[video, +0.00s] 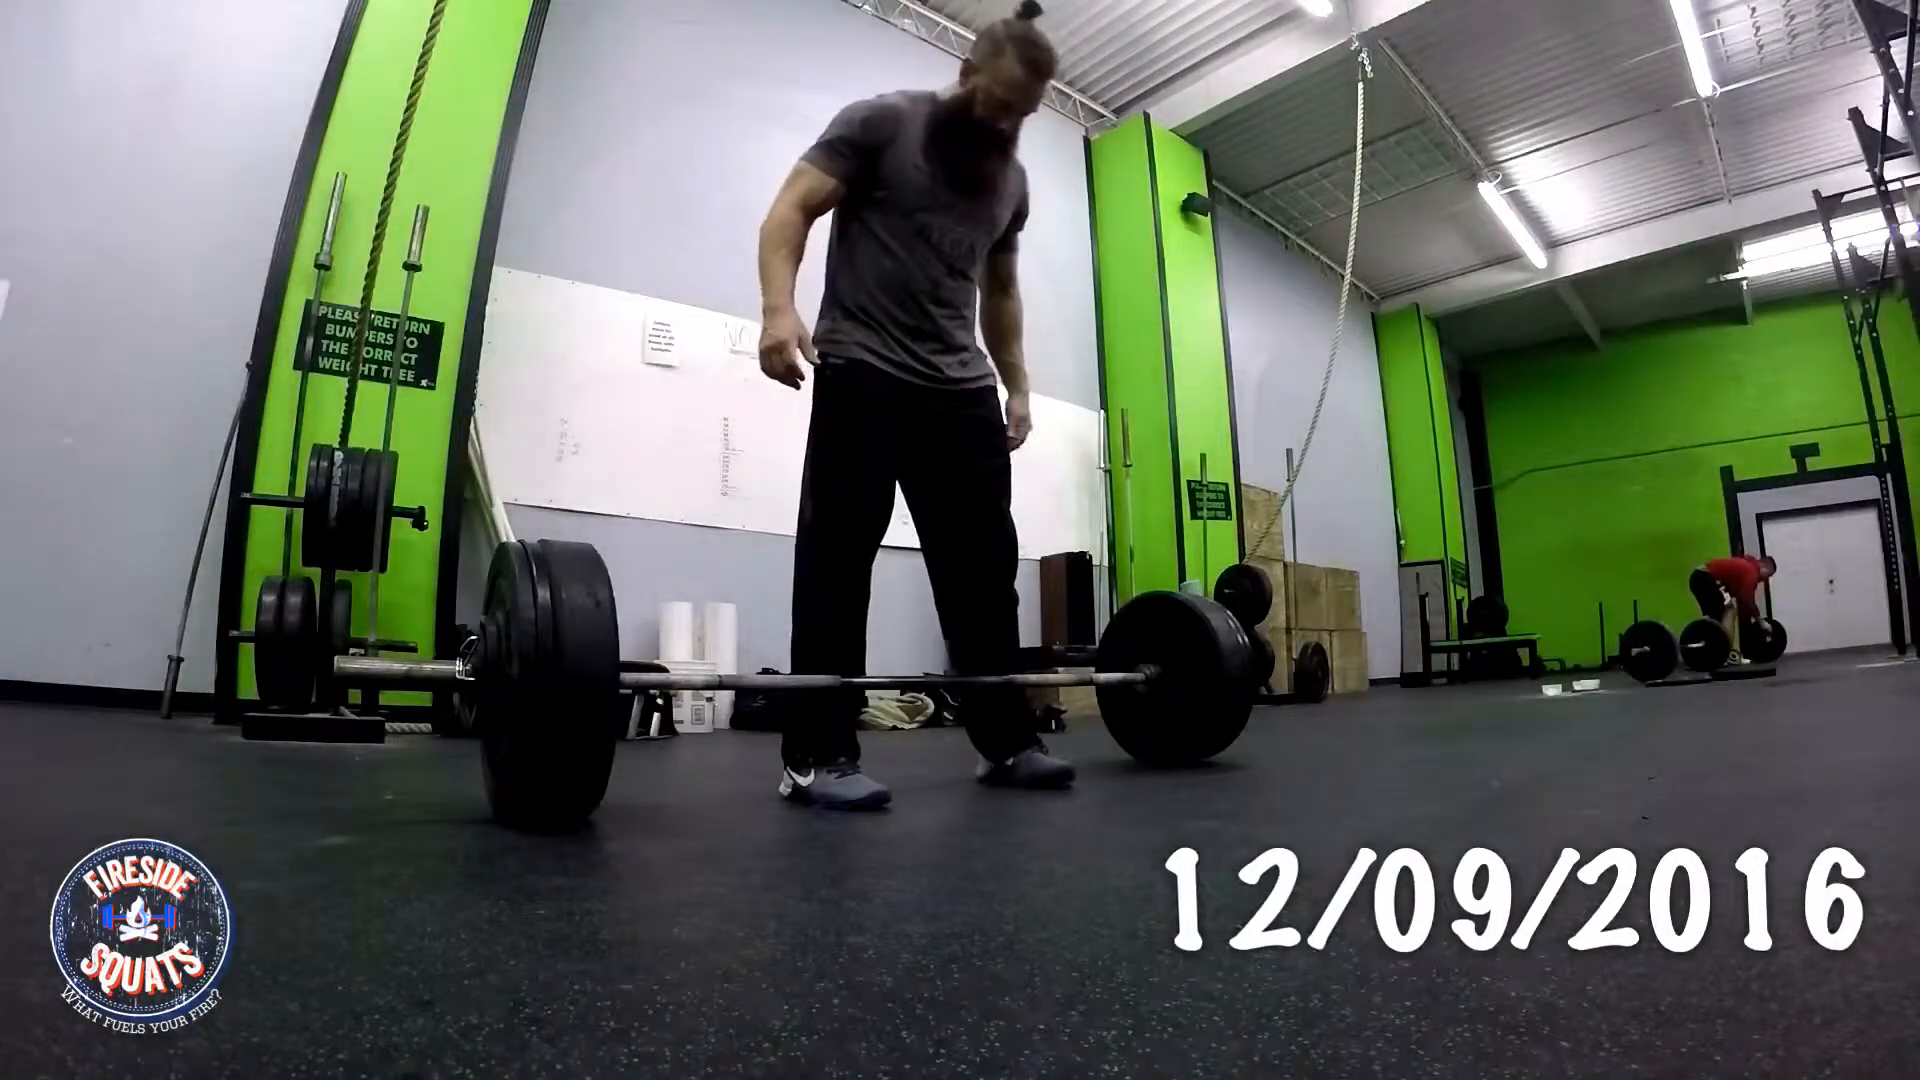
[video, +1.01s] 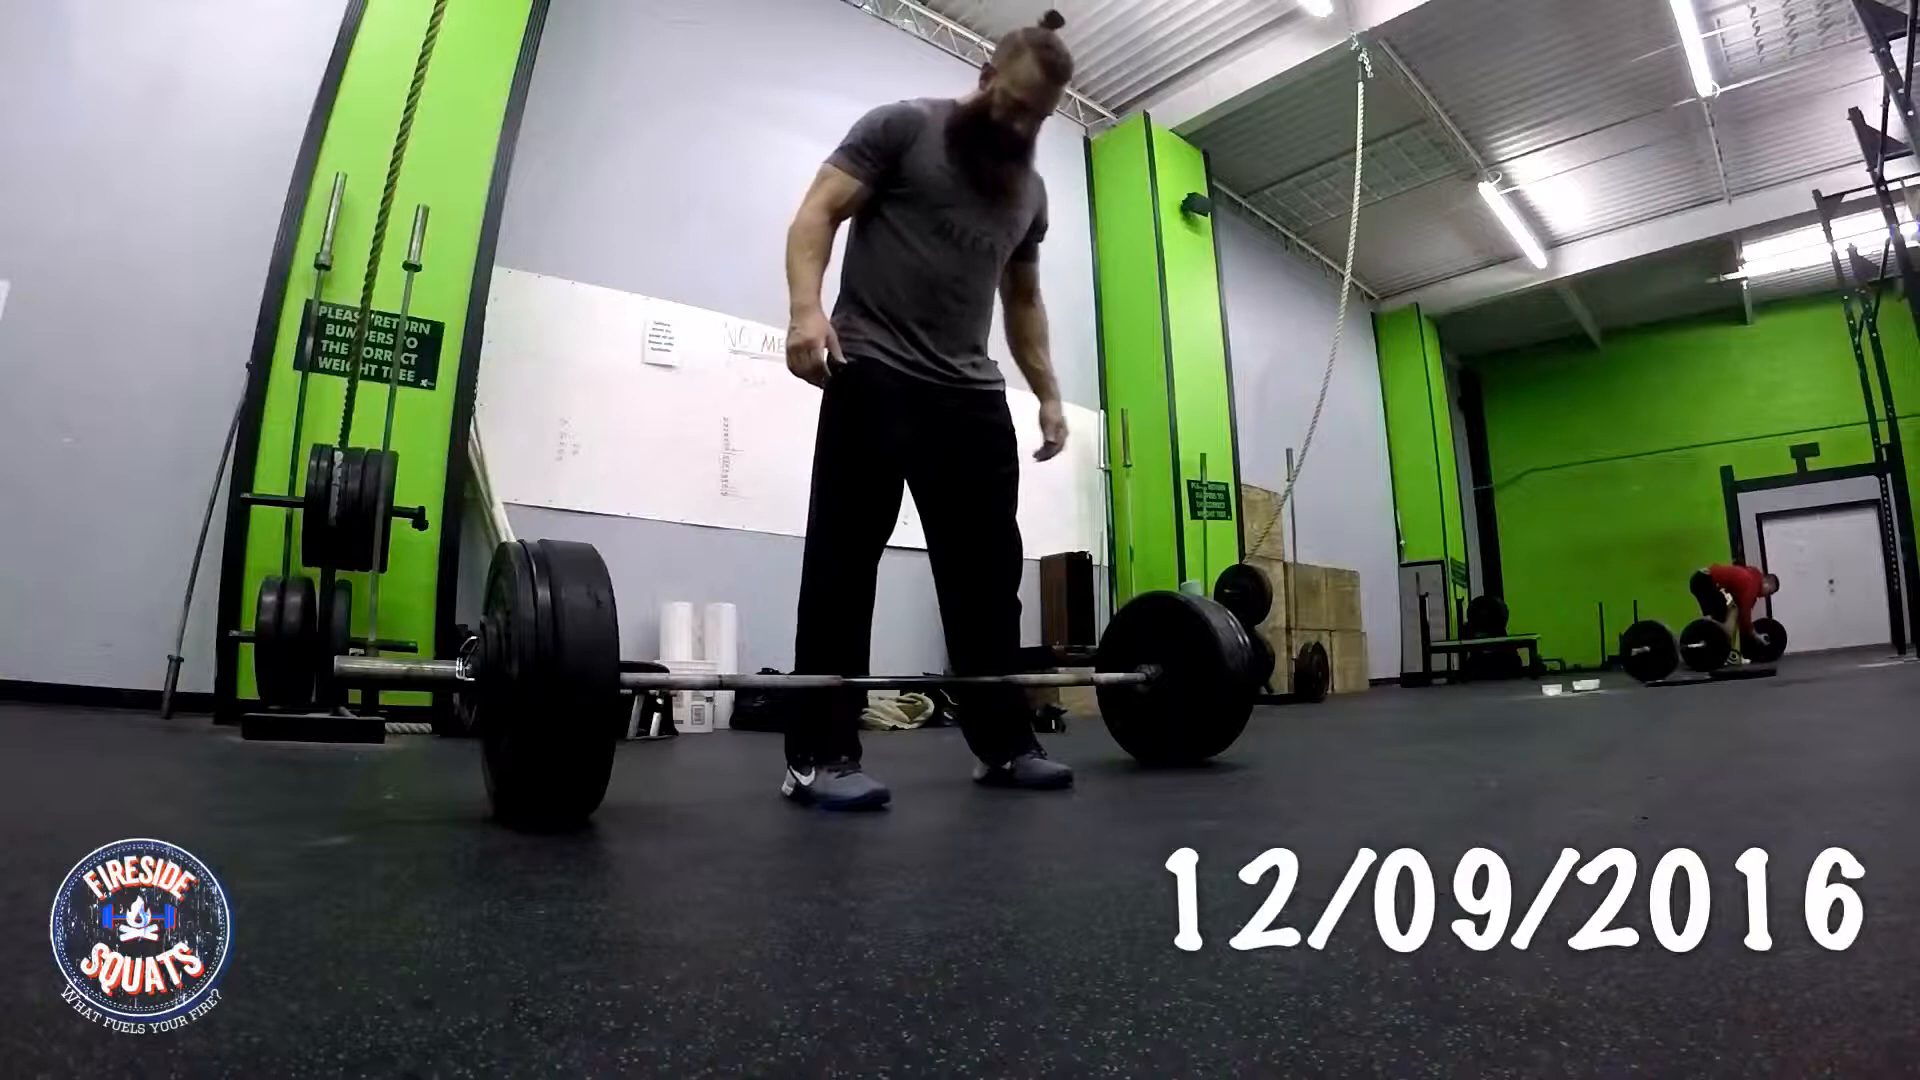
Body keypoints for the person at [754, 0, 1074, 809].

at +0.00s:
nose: (1002, 121)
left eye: (1017, 111)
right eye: (994, 103)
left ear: (1036, 101)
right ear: (967, 72)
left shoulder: (1011, 182)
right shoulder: (882, 123)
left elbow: (1000, 290)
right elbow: (789, 214)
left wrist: (1018, 387)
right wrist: (778, 314)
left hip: (959, 388)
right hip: (860, 373)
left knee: (982, 563)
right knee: (836, 563)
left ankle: (1006, 745)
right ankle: (818, 758)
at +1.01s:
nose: (1020, 124)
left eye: (1036, 114)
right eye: (1013, 104)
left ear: (1052, 108)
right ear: (986, 75)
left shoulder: (1028, 193)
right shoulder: (902, 128)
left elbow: (1023, 298)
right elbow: (816, 215)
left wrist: (1049, 395)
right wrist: (805, 313)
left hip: (968, 394)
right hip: (870, 376)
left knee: (986, 570)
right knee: (842, 565)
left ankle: (1004, 748)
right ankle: (820, 757)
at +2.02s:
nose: (969, 47)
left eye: (974, 42)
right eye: (949, 38)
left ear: (979, 73)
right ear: (910, 66)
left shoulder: (1005, 176)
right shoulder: (877, 128)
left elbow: (1039, 276)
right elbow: (831, 216)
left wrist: (1104, 345)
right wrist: (832, 298)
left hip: (987, 389)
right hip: (890, 371)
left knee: (989, 570)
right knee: (855, 564)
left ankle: (1002, 748)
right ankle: (824, 758)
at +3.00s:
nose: (979, 56)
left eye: (986, 51)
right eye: (962, 44)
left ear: (986, 77)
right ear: (920, 64)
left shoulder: (1001, 172)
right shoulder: (874, 123)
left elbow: (1012, 278)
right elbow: (787, 208)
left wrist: (1030, 341)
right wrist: (824, 285)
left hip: (966, 377)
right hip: (871, 362)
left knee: (992, 551)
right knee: (844, 555)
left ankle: (1005, 744)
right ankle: (819, 758)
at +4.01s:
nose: (1112, 389)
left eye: (1121, 382)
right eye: (1113, 374)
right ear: (1086, 328)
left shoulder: (1085, 383)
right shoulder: (975, 299)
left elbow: (1095, 489)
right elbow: (859, 398)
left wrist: (1104, 606)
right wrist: (911, 511)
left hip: (943, 430)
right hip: (851, 402)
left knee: (1006, 554)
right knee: (838, 561)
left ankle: (1008, 744)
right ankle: (819, 759)